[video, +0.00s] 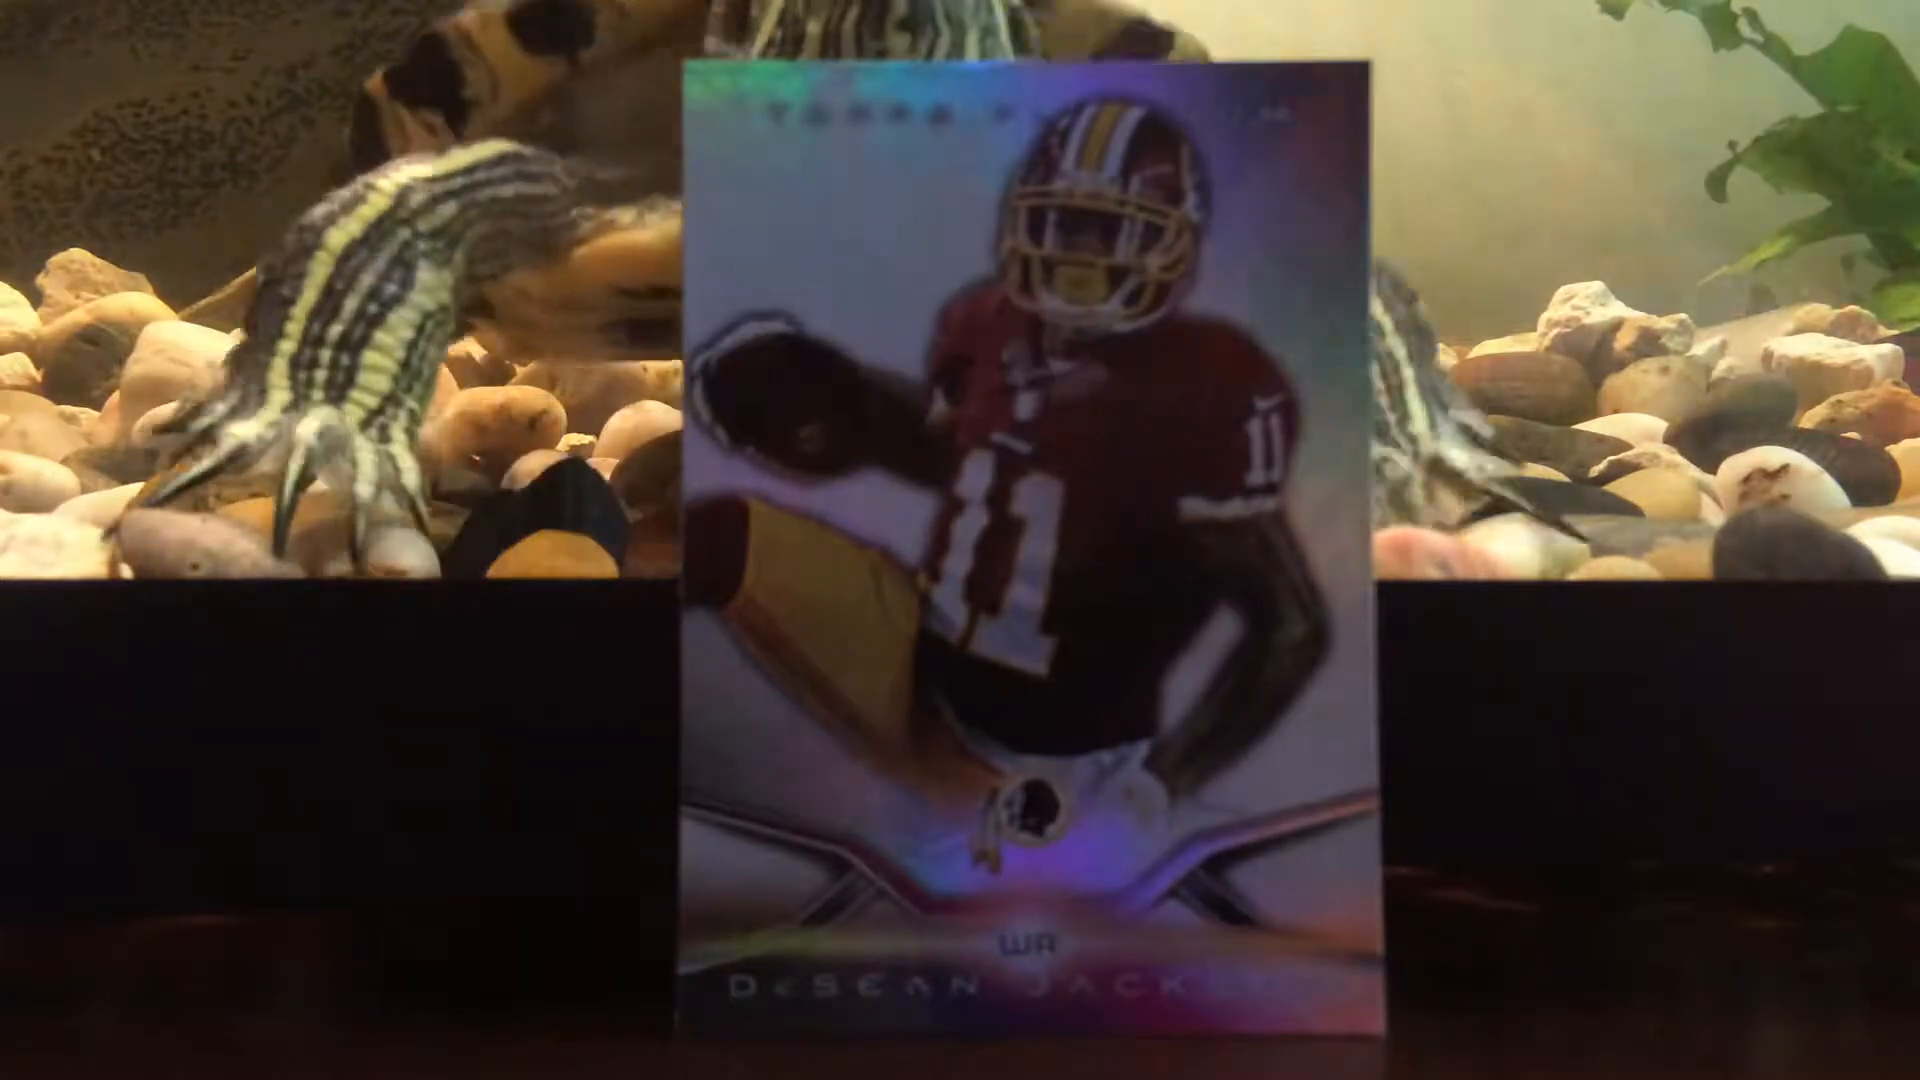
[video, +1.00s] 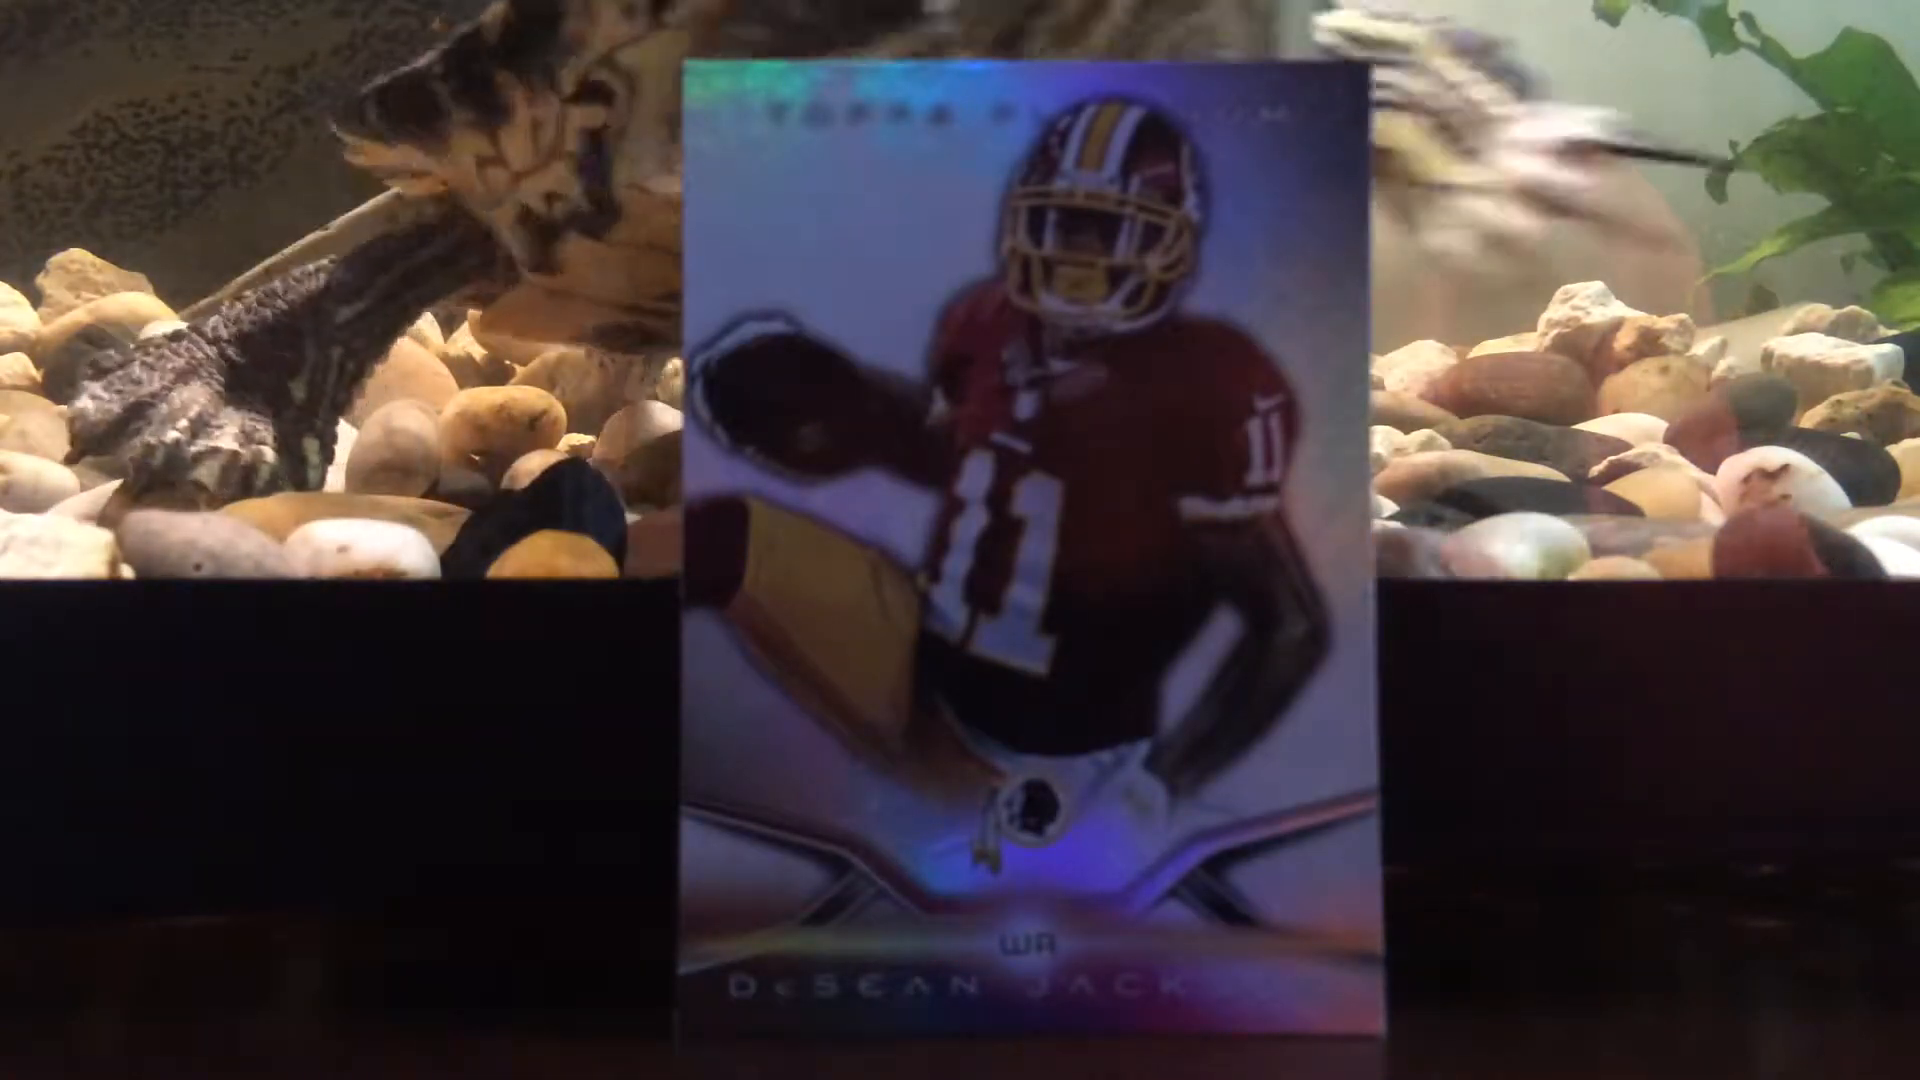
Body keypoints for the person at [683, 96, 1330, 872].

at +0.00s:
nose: (1081, 260)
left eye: (1116, 234)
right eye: (1061, 226)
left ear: (1176, 249)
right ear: (1020, 228)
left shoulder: (1212, 389)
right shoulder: (978, 328)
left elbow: (1292, 629)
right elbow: (956, 461)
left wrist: (1156, 787)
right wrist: (853, 416)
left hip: (1083, 763)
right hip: (933, 710)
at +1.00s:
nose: (1079, 260)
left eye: (1114, 234)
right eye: (1060, 226)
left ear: (1175, 248)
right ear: (1021, 228)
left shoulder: (1214, 390)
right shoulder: (981, 327)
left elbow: (1292, 630)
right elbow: (957, 458)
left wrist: (1155, 788)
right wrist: (858, 416)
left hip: (1075, 755)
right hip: (929, 679)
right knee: (720, 537)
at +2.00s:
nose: (1078, 252)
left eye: (1113, 227)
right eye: (1058, 219)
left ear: (1177, 242)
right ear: (1020, 224)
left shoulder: (1220, 384)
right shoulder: (979, 324)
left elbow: (1297, 629)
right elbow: (957, 460)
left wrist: (1156, 793)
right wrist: (858, 415)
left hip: (1081, 752)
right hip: (929, 678)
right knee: (713, 536)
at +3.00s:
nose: (1078, 256)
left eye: (1113, 231)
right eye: (1059, 223)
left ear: (1175, 246)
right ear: (1020, 226)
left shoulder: (1216, 385)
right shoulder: (978, 326)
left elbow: (1294, 628)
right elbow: (960, 462)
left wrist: (1157, 791)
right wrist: (860, 418)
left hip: (1079, 758)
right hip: (931, 692)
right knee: (713, 541)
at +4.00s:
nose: (1079, 251)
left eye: (1114, 228)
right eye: (1061, 220)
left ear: (1176, 244)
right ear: (1021, 223)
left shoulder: (1215, 386)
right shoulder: (980, 325)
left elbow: (1295, 631)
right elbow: (959, 460)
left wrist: (1154, 793)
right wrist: (856, 416)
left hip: (1077, 758)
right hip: (928, 680)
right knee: (711, 535)